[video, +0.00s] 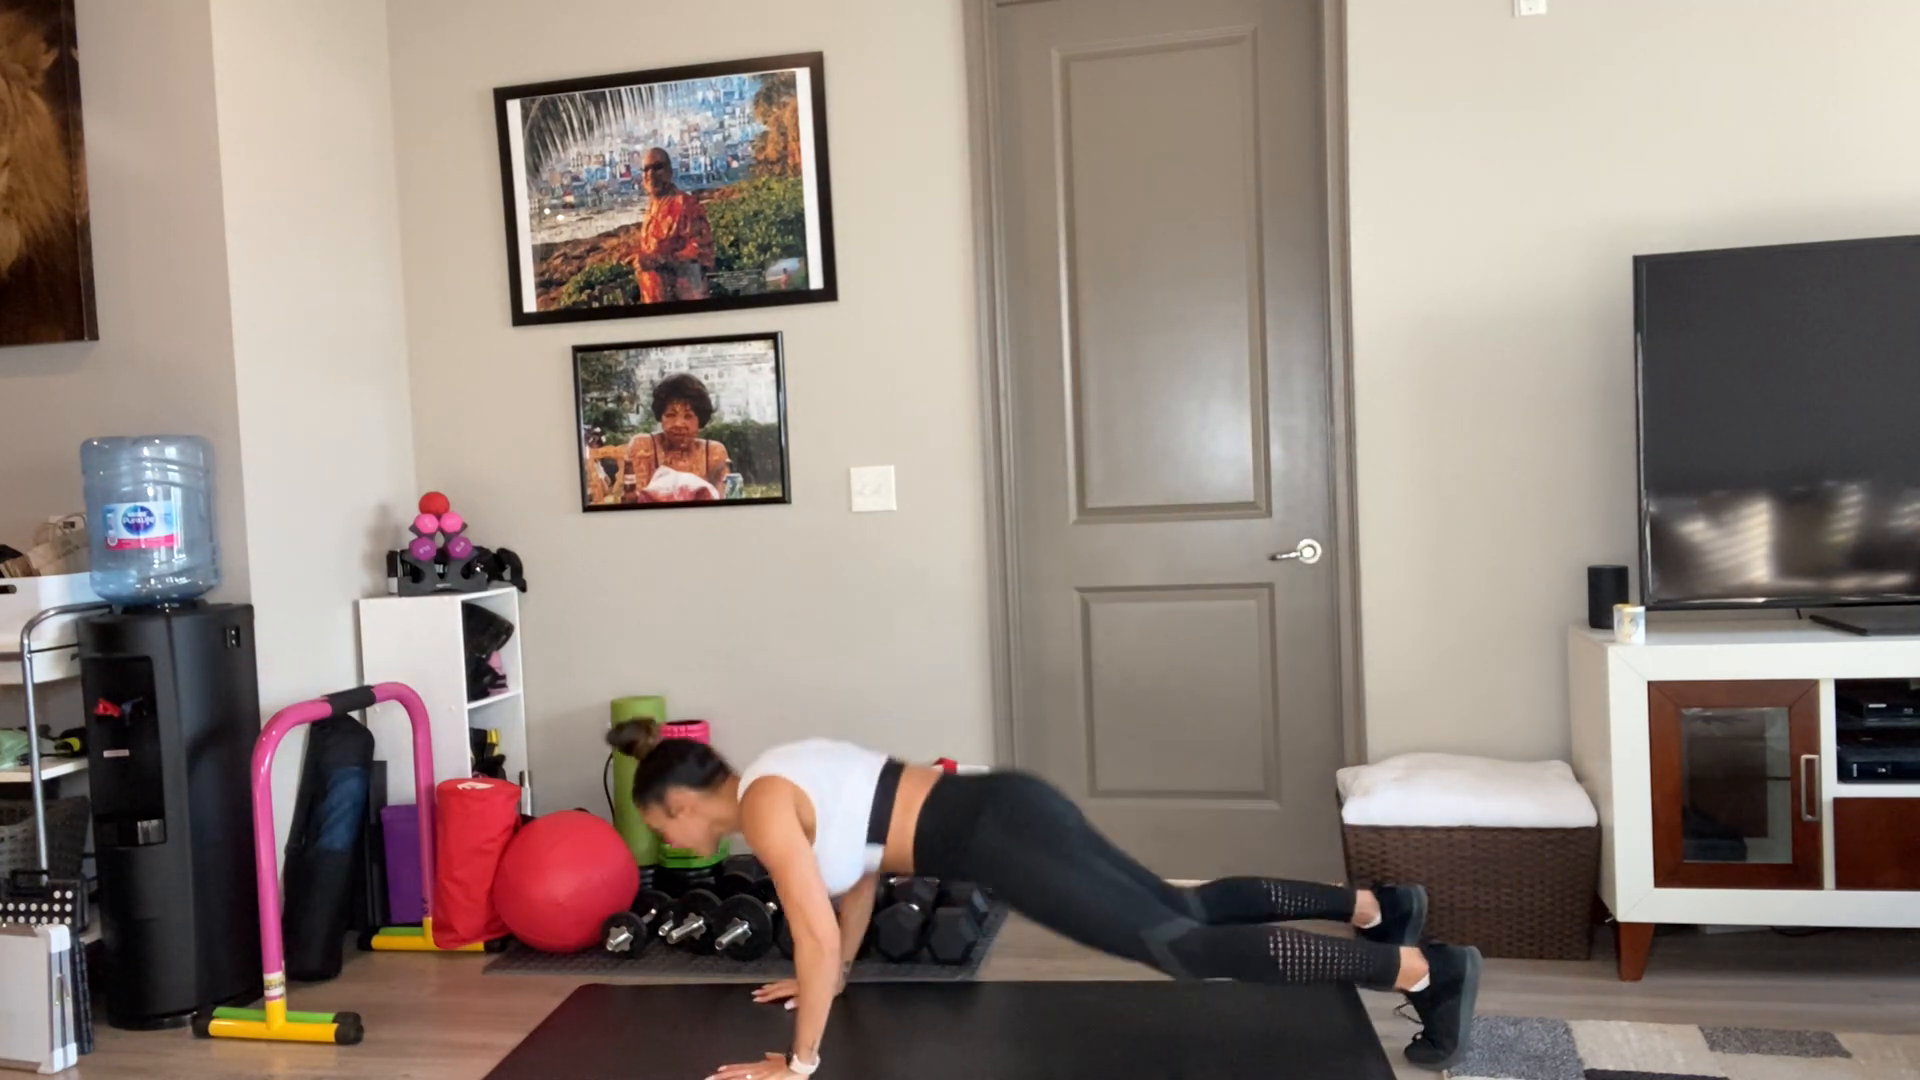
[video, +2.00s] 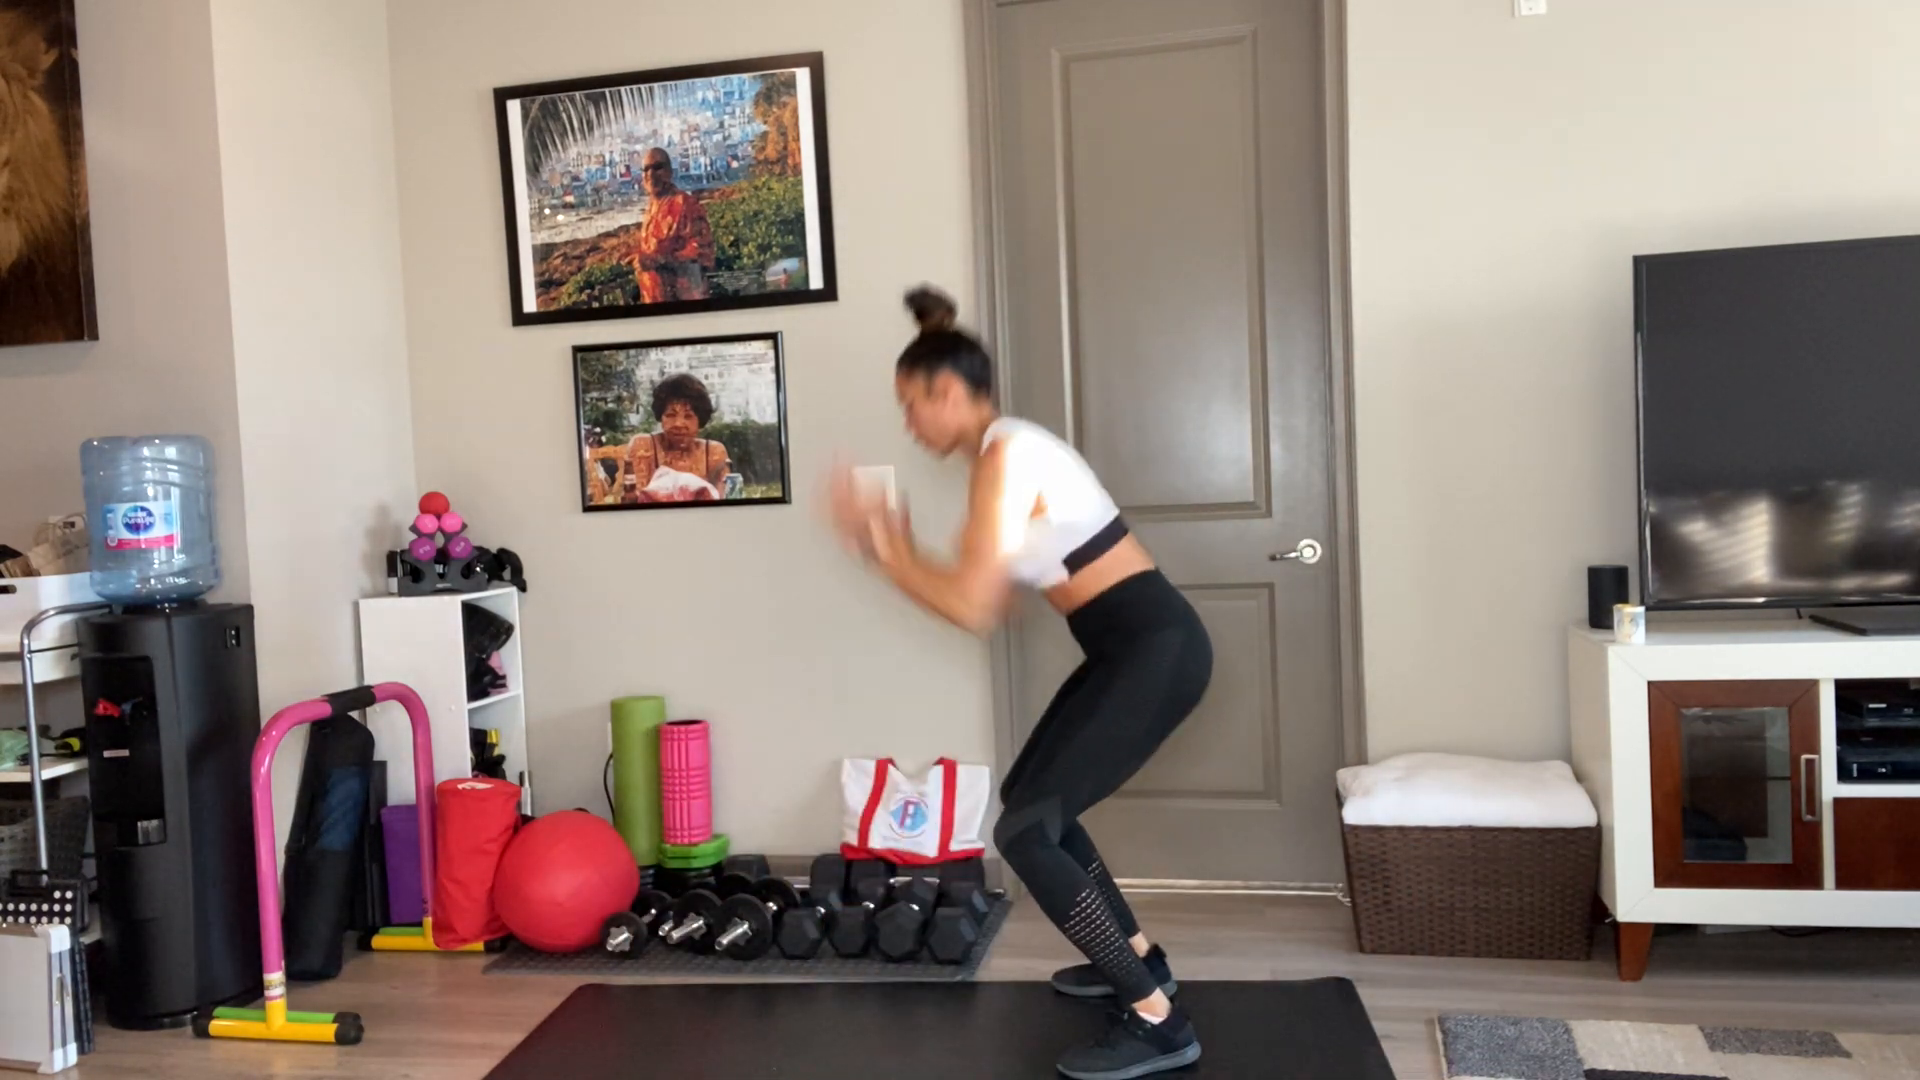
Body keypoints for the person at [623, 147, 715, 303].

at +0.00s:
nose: (650, 174)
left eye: (657, 167)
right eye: (646, 169)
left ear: (670, 172)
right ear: (642, 176)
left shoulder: (686, 204)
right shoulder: (653, 206)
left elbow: (703, 255)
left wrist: (655, 260)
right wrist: (639, 257)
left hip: (683, 297)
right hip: (655, 297)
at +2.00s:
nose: (650, 174)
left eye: (657, 167)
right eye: (646, 169)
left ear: (670, 172)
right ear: (642, 176)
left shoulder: (685, 204)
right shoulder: (653, 206)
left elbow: (703, 254)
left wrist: (656, 260)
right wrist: (637, 256)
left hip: (682, 297)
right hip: (655, 297)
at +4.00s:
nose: (650, 175)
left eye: (657, 167)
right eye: (645, 169)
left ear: (669, 172)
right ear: (642, 176)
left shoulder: (686, 204)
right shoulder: (654, 206)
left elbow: (702, 255)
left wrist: (657, 260)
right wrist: (638, 257)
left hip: (683, 297)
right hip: (655, 297)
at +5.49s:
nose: (650, 174)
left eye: (657, 167)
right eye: (645, 169)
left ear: (669, 171)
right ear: (642, 176)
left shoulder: (686, 204)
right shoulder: (654, 206)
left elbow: (703, 255)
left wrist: (657, 260)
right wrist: (638, 257)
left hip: (683, 297)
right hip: (655, 297)